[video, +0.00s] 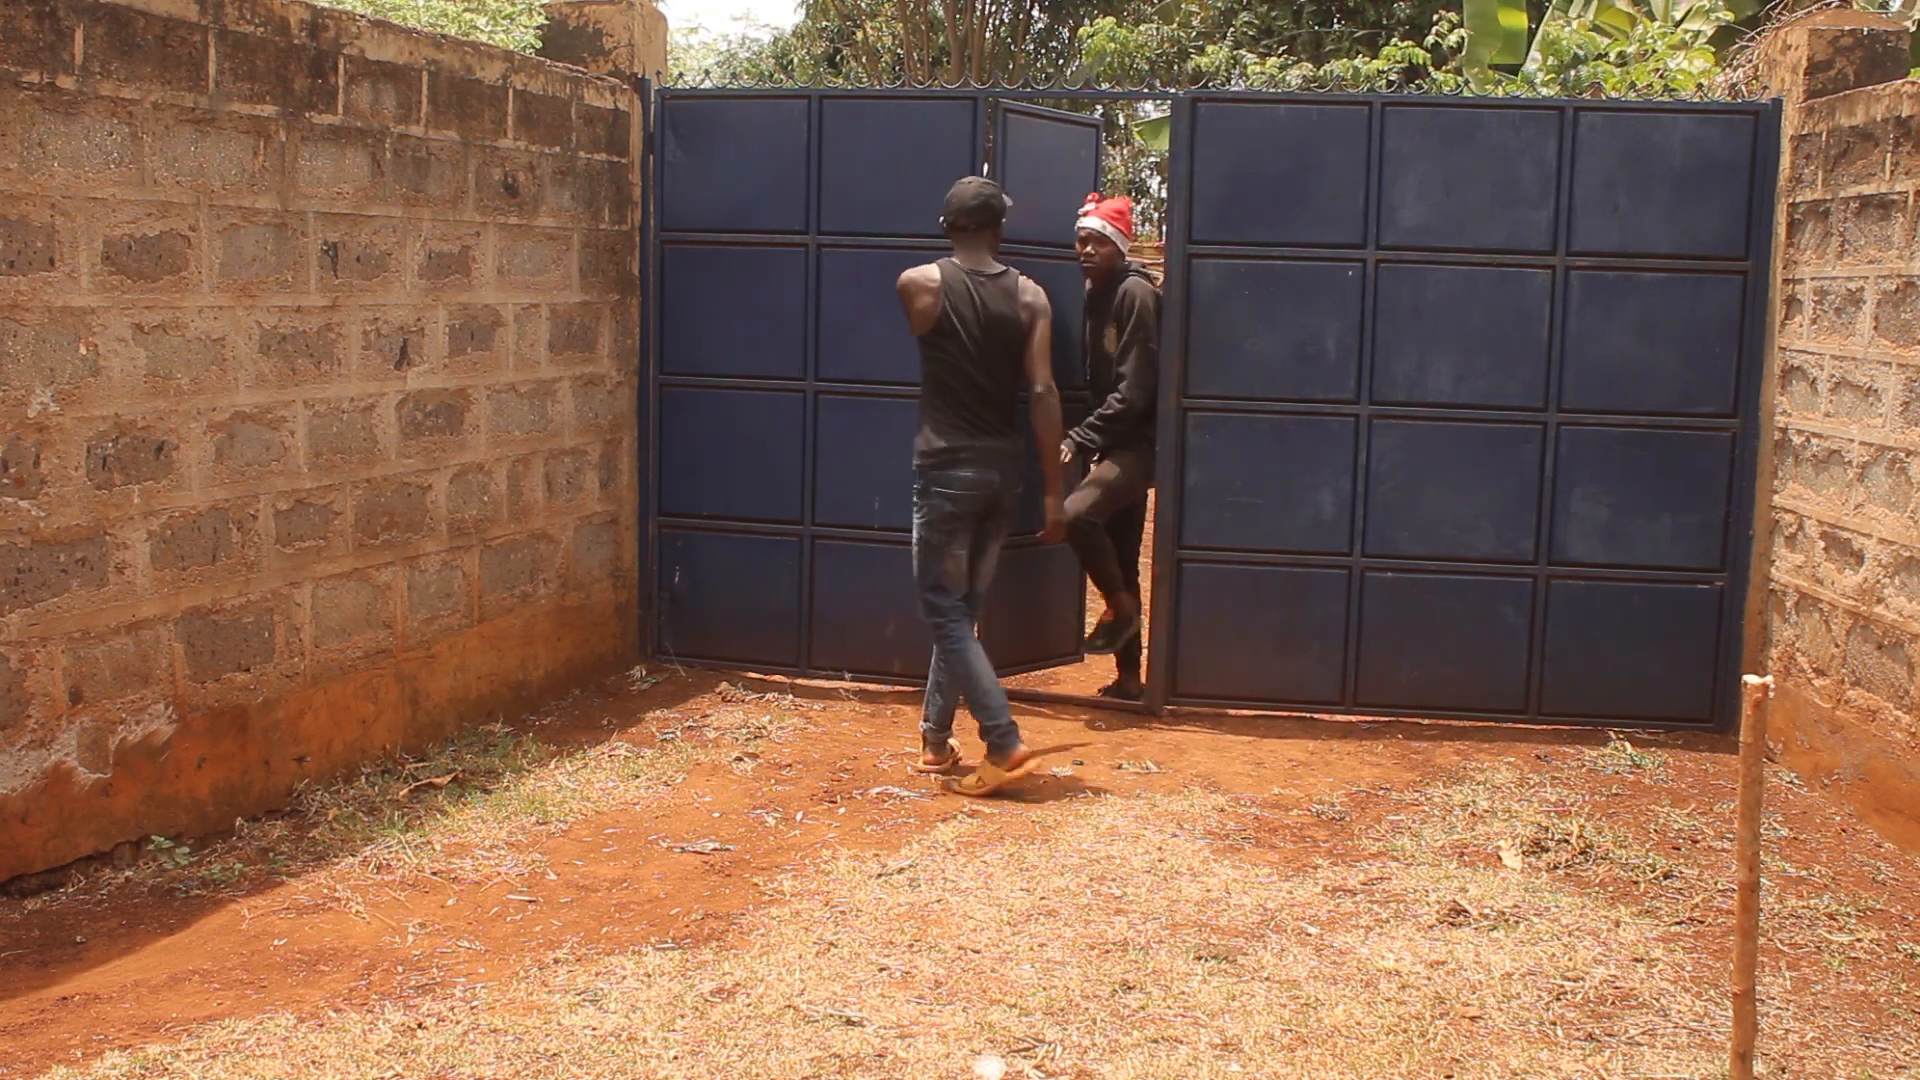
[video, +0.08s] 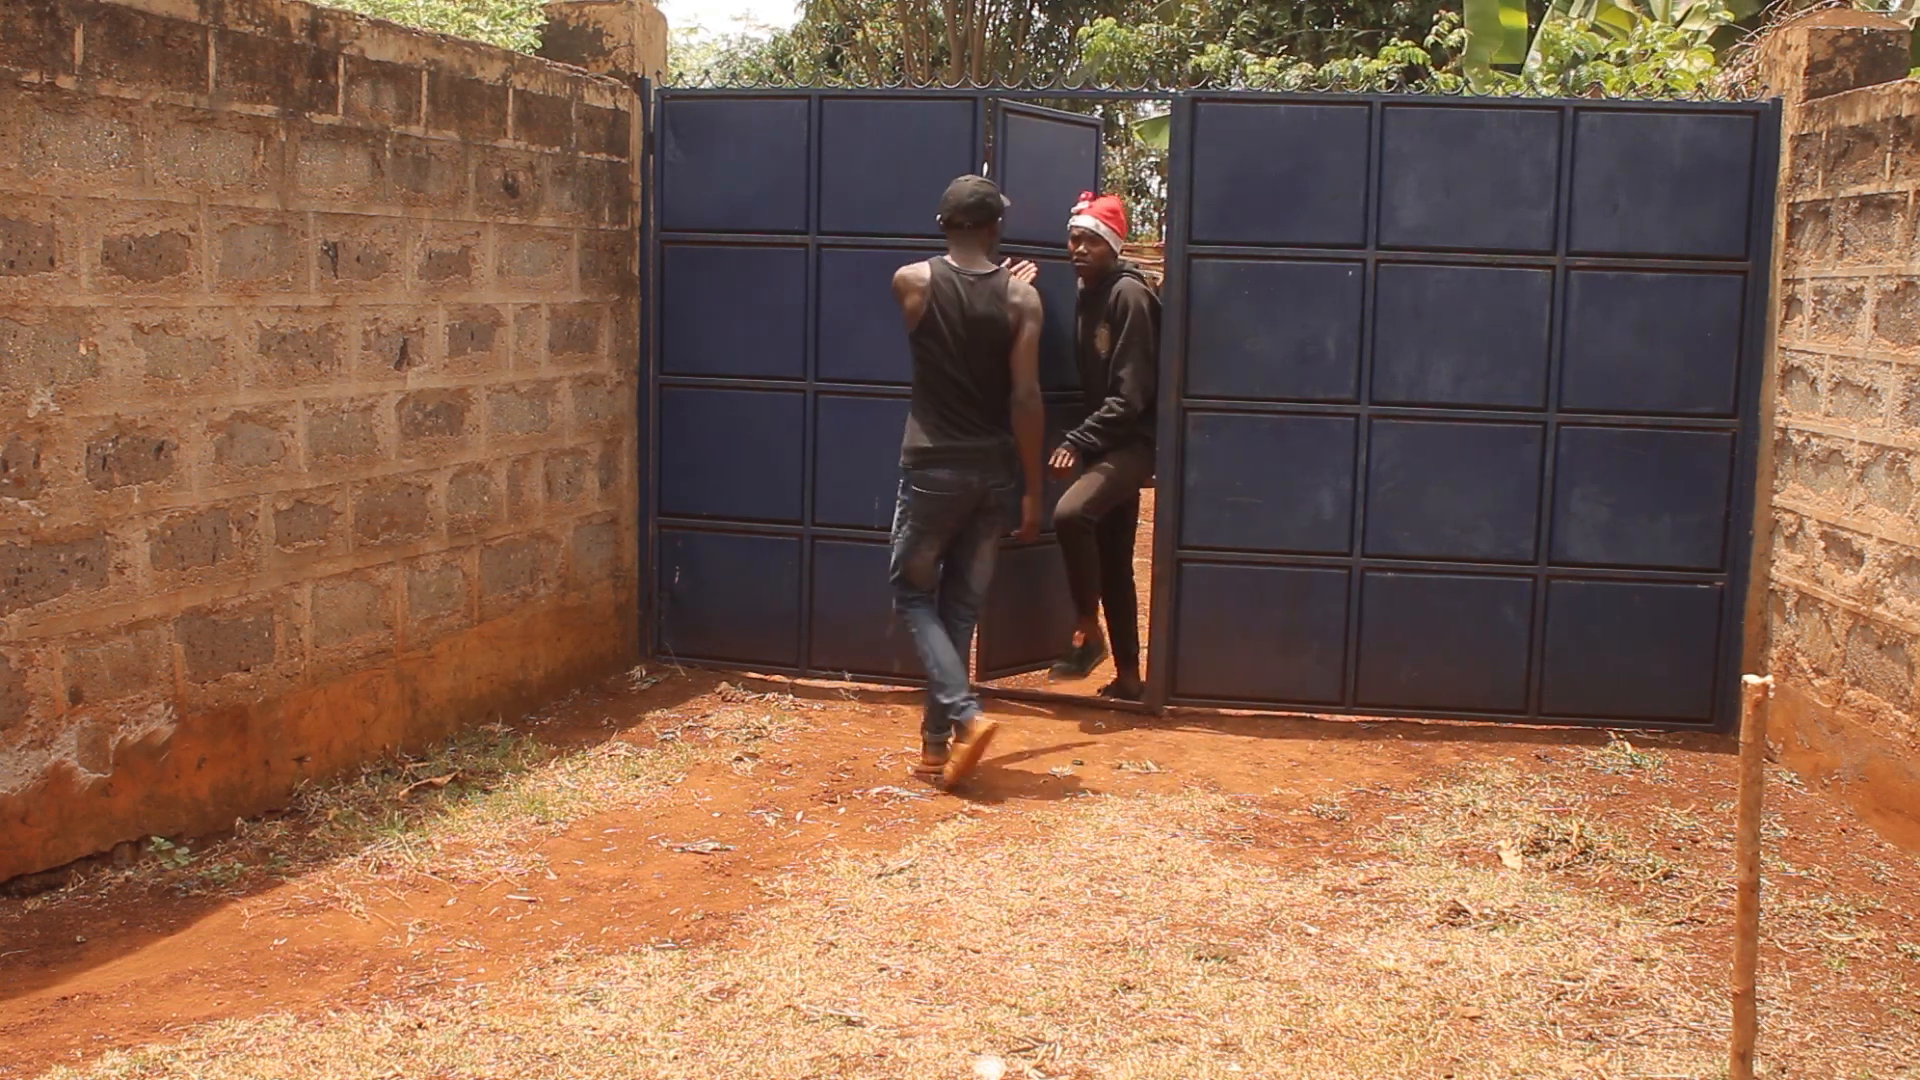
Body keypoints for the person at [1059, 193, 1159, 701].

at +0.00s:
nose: (1084, 249)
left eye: (1096, 240)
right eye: (1081, 240)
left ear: (1122, 246)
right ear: (1079, 245)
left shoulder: (1137, 294)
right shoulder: (1097, 296)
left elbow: (1136, 391)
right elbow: (1101, 382)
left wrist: (1079, 437)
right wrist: (1085, 439)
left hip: (1138, 442)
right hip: (1112, 441)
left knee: (1077, 513)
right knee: (1121, 555)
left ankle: (1120, 605)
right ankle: (1129, 676)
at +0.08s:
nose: (1078, 248)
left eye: (1090, 239)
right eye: (1074, 238)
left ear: (1116, 245)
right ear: (1071, 242)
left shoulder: (1131, 295)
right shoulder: (1089, 293)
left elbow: (1132, 396)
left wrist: (1077, 440)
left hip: (1134, 443)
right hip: (1104, 441)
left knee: (1070, 514)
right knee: (1115, 563)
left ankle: (1089, 631)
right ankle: (1128, 676)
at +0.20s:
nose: (1068, 246)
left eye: (1079, 238)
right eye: (1064, 237)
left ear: (1106, 244)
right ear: (1063, 241)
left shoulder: (1123, 293)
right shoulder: (1082, 292)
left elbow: (1129, 395)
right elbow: (1083, 375)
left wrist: (1080, 444)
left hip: (1123, 447)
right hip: (1096, 446)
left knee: (1065, 546)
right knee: (1107, 563)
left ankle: (1068, 686)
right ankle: (1127, 675)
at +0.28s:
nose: (1064, 246)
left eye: (1076, 237)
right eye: (1060, 236)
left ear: (1102, 243)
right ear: (1057, 241)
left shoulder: (1118, 298)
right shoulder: (1075, 294)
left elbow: (1127, 400)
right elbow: (1078, 385)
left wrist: (1078, 452)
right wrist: (1067, 443)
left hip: (1115, 452)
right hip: (1086, 447)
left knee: (1059, 558)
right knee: (1102, 566)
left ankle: (1068, 691)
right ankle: (1126, 674)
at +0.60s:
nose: (1056, 223)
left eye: (1069, 214)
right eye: (1053, 212)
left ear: (1098, 221)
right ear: (1049, 216)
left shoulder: (1121, 281)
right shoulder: (1052, 276)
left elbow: (1123, 386)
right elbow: (1050, 358)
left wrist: (1079, 448)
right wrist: (1041, 428)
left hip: (1095, 444)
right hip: (1047, 437)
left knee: (1064, 564)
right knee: (1025, 554)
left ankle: (1071, 694)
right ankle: (1105, 621)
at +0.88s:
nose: (1052, 211)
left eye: (1064, 202)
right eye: (1050, 201)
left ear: (1096, 210)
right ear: (1049, 206)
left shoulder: (1125, 276)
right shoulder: (1042, 266)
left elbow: (1131, 377)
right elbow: (1030, 352)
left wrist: (1097, 448)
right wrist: (1011, 417)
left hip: (1085, 440)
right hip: (1029, 430)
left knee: (1070, 564)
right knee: (989, 537)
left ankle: (1069, 688)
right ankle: (1055, 618)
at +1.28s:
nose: (1032, 204)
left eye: (1044, 195)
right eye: (1031, 195)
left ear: (1075, 203)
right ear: (1036, 202)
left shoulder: (1107, 271)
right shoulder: (1021, 266)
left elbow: (1124, 369)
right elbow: (1002, 345)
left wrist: (1118, 453)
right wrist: (970, 358)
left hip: (1068, 438)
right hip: (1007, 433)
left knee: (1065, 564)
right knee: (1010, 558)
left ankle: (1069, 687)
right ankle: (1014, 681)